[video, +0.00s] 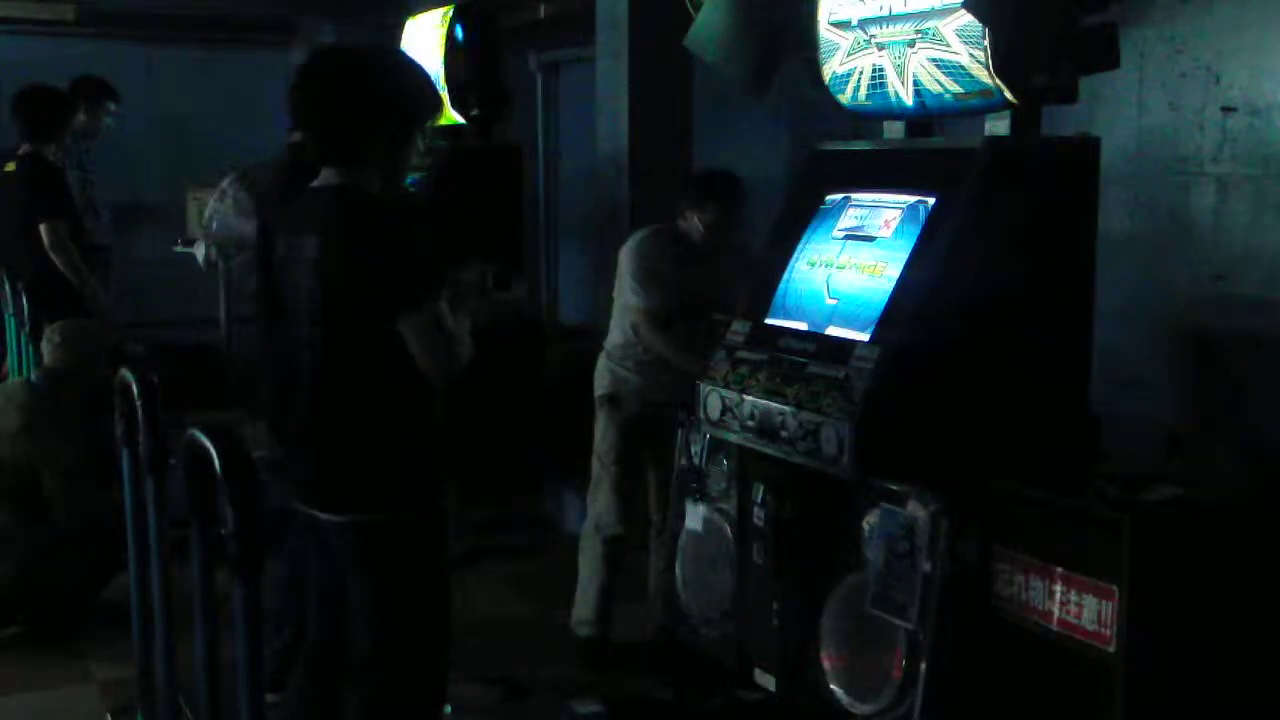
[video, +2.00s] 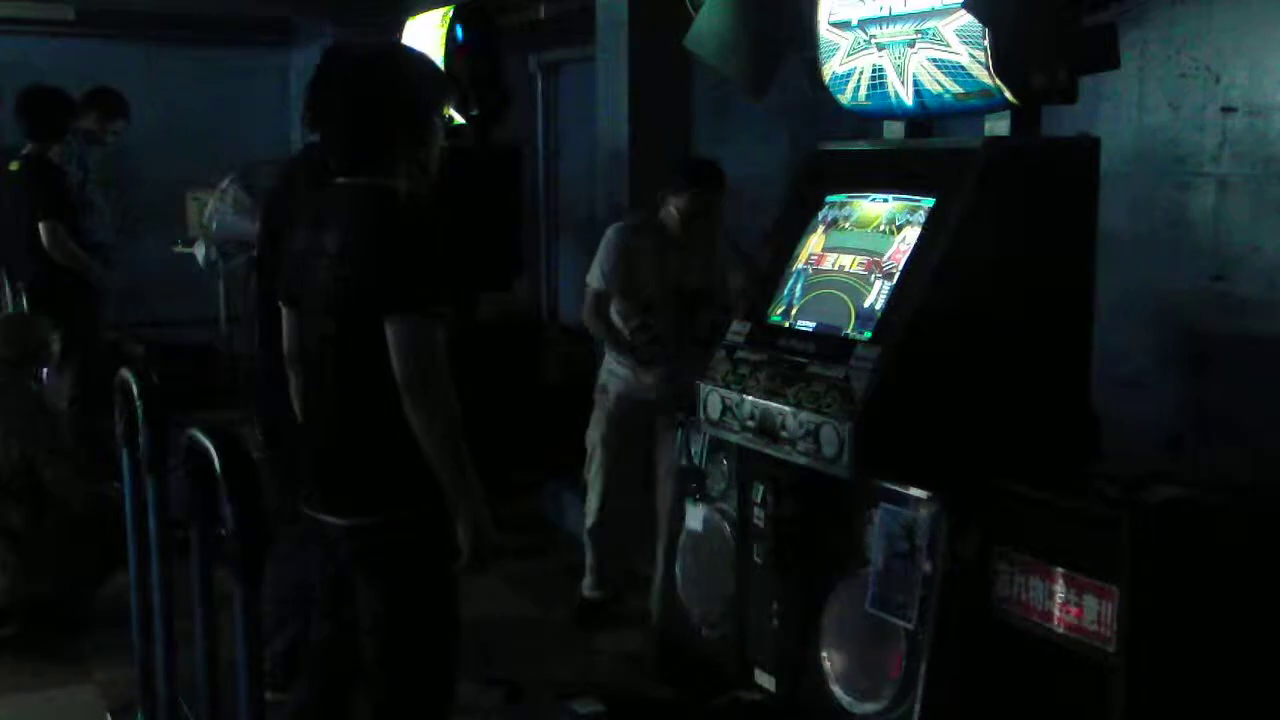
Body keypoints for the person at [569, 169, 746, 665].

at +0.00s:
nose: (712, 230)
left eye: (720, 222)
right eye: (706, 219)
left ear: (728, 222)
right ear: (687, 211)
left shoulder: (715, 258)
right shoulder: (646, 248)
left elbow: (724, 318)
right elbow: (645, 327)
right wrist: (699, 366)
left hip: (675, 391)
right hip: (623, 387)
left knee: (670, 511)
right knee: (611, 509)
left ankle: (666, 623)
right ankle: (590, 626)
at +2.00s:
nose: (693, 217)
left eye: (702, 208)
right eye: (688, 205)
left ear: (712, 208)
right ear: (669, 196)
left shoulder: (711, 246)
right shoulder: (624, 238)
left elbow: (726, 311)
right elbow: (593, 311)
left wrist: (699, 361)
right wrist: (637, 361)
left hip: (681, 386)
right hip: (623, 384)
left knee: (676, 499)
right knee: (606, 495)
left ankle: (668, 605)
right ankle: (597, 592)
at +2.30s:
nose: (622, 209)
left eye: (630, 199)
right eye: (614, 199)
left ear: (651, 195)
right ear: (606, 197)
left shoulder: (676, 241)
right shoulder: (594, 232)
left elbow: (708, 312)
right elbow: (572, 299)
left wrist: (676, 370)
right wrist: (592, 359)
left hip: (657, 385)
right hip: (603, 383)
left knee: (665, 503)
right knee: (595, 498)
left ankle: (667, 607)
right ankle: (604, 594)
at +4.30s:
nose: (581, 215)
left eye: (584, 204)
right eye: (576, 206)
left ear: (607, 193)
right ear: (594, 201)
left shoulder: (651, 230)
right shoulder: (615, 233)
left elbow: (678, 303)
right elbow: (625, 305)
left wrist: (685, 378)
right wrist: (617, 356)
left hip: (649, 374)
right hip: (617, 370)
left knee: (641, 487)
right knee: (618, 484)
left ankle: (654, 598)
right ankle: (634, 586)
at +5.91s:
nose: (597, 182)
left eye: (602, 172)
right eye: (598, 171)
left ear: (619, 177)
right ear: (627, 175)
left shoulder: (652, 229)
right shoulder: (635, 227)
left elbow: (652, 316)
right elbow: (636, 313)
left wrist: (633, 388)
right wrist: (613, 374)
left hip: (632, 383)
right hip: (613, 377)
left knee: (641, 490)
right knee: (621, 485)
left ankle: (656, 589)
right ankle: (634, 581)